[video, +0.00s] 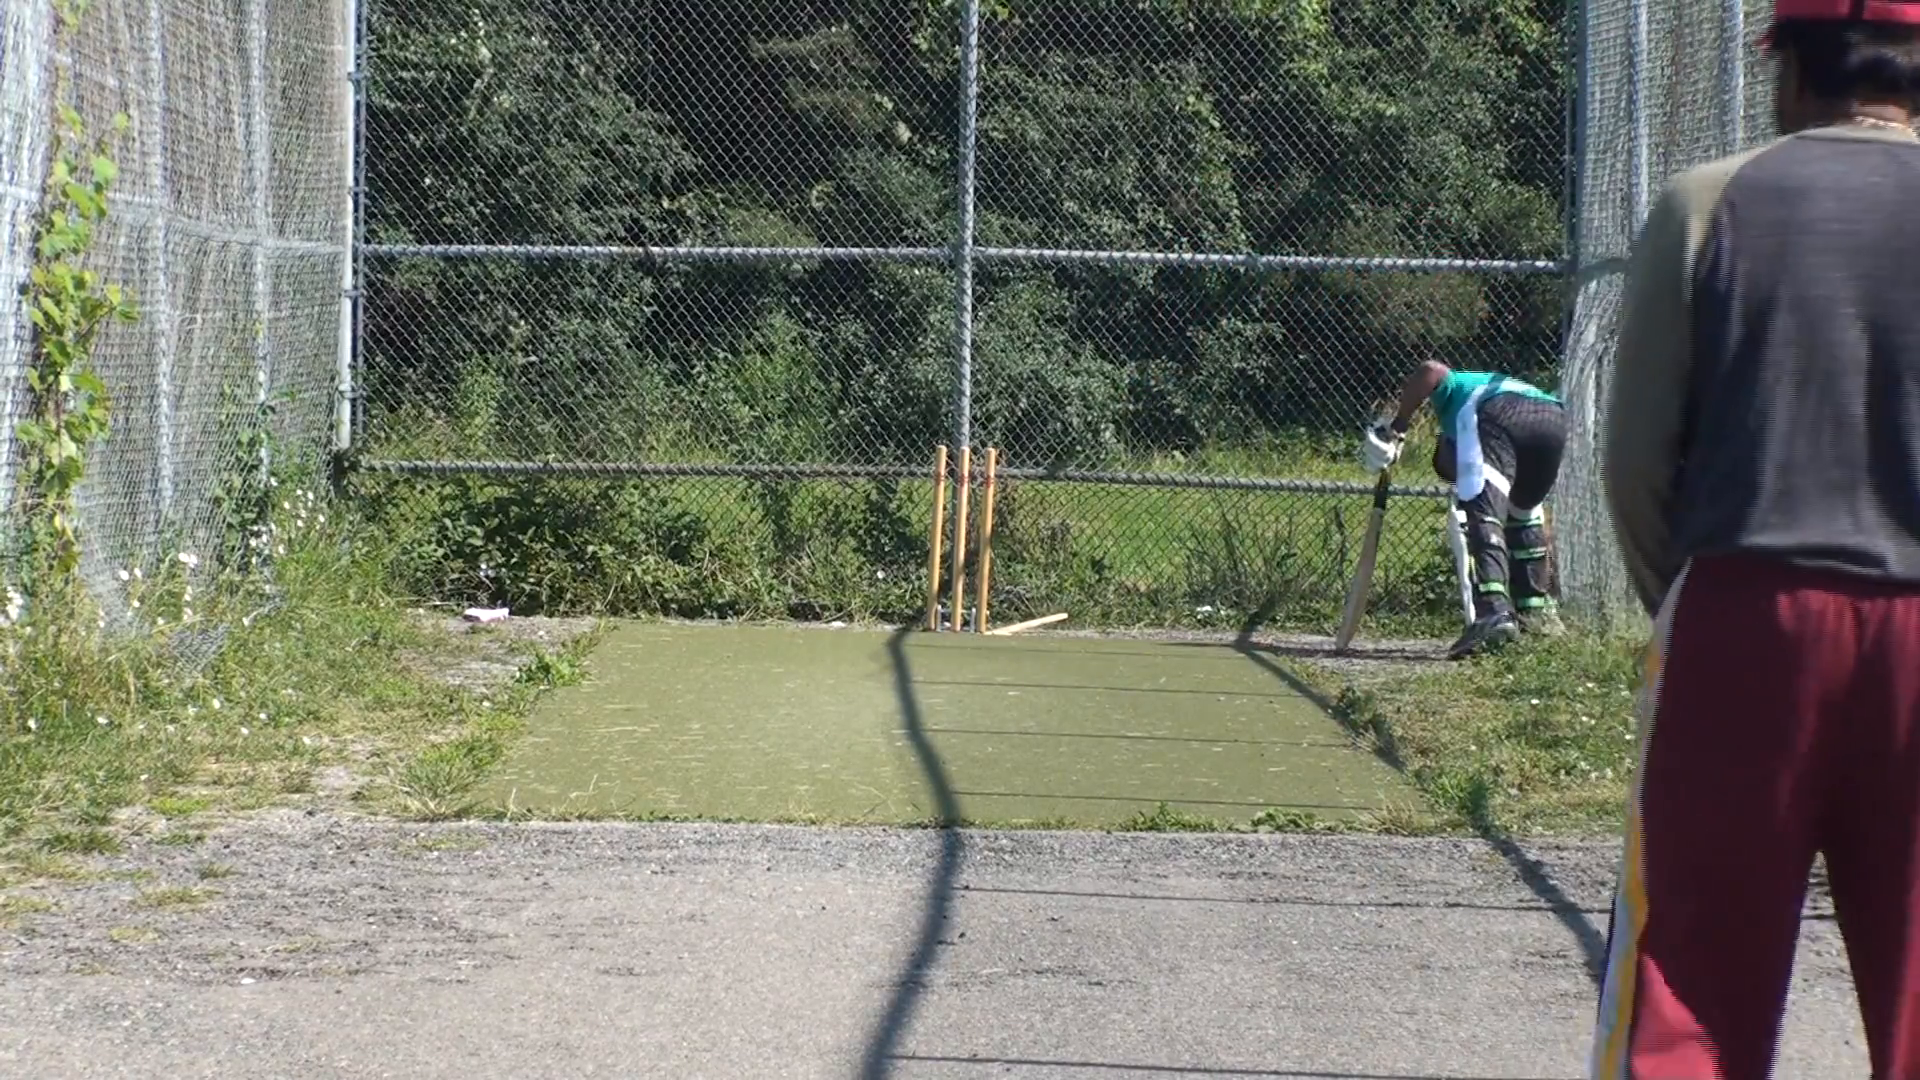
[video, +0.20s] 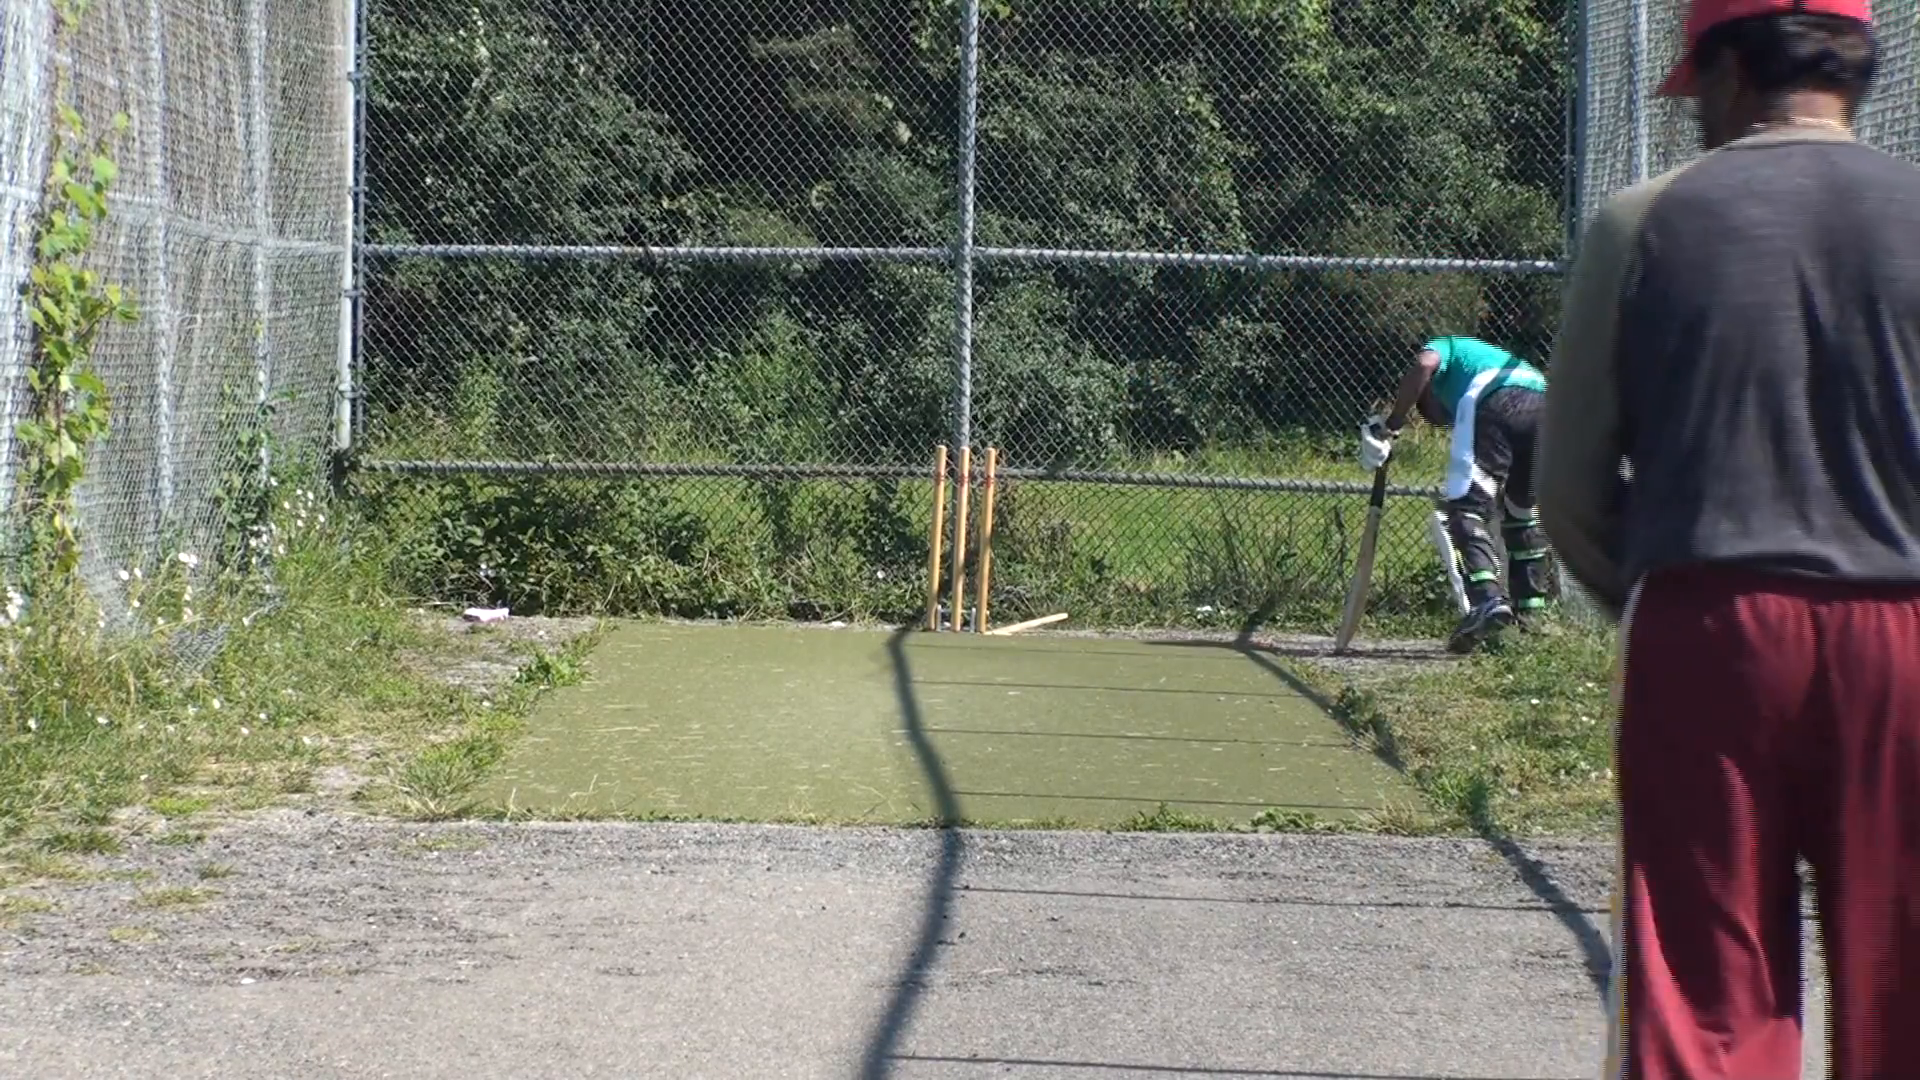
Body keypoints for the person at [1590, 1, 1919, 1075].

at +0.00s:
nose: (1769, 81)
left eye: (1773, 61)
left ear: (1787, 67)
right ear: (1912, 77)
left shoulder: (1706, 201)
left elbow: (1636, 459)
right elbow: (1640, 461)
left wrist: (1698, 615)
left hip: (1749, 634)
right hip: (1910, 646)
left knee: (1697, 995)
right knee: (1913, 1001)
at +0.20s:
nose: (1695, 108)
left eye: (1699, 86)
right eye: (1698, 88)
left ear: (1727, 75)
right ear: (1855, 76)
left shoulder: (1640, 219)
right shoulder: (1909, 199)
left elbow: (1568, 482)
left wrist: (1662, 593)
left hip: (1710, 645)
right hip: (1896, 653)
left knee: (1708, 999)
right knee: (1895, 1003)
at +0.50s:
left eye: (1659, 61)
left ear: (1667, 72)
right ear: (1817, 68)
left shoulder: (1593, 218)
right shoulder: (1899, 199)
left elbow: (1500, 482)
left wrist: (1583, 658)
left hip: (1685, 637)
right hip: (1887, 637)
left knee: (1674, 994)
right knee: (1883, 990)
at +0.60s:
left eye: (1672, 52)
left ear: (1680, 68)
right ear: (1829, 67)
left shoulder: (1603, 212)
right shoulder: (1902, 196)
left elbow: (1508, 478)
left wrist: (1573, 659)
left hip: (1687, 642)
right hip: (1888, 644)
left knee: (1675, 1002)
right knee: (1876, 1000)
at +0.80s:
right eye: (1849, 38)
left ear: (1710, 57)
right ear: (1859, 66)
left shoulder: (1628, 203)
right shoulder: (1907, 196)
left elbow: (1547, 472)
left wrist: (1619, 635)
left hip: (1700, 629)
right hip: (1893, 632)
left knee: (1682, 982)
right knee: (1877, 985)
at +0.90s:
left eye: (1724, 43)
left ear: (1727, 62)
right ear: (1871, 69)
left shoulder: (1641, 203)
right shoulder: (1908, 194)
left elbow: (1570, 459)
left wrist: (1634, 615)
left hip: (1712, 628)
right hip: (1897, 632)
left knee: (1688, 970)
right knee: (1883, 976)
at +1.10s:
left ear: (1742, 59)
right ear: (1885, 72)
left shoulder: (1662, 200)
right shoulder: (1912, 191)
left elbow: (1592, 460)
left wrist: (1660, 625)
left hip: (1733, 622)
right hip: (1904, 625)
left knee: (1706, 964)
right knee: (1896, 968)